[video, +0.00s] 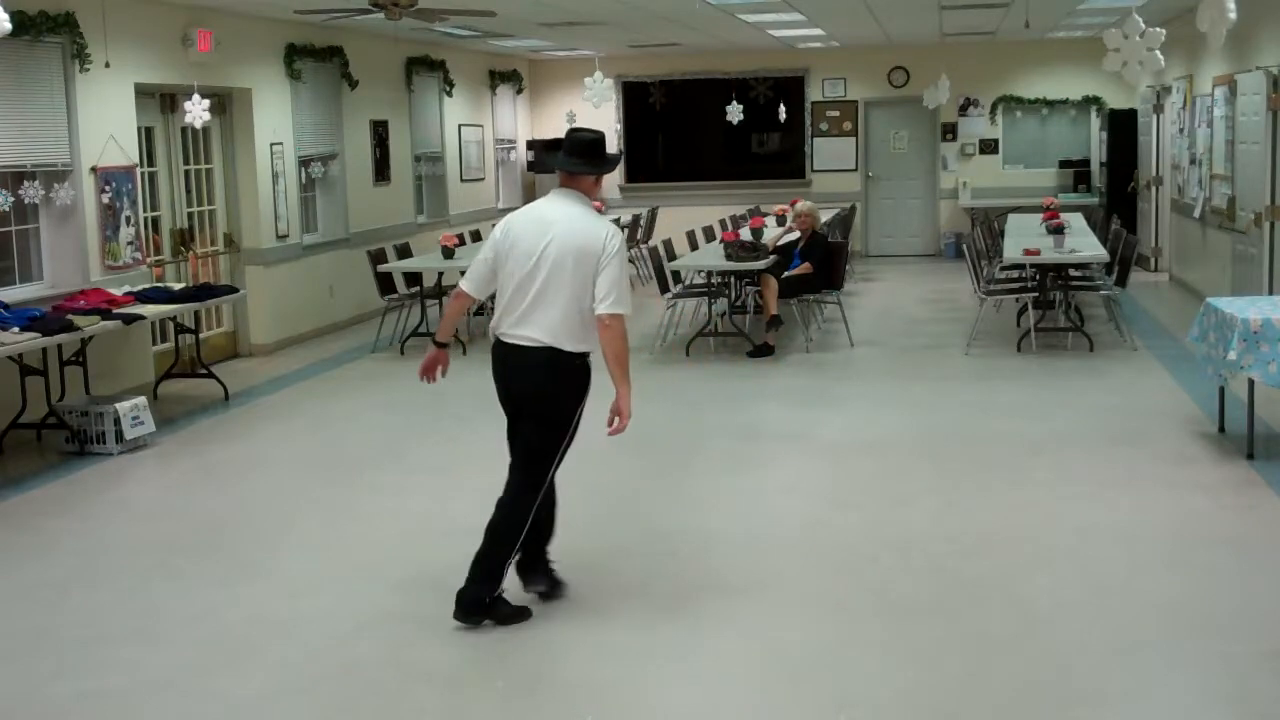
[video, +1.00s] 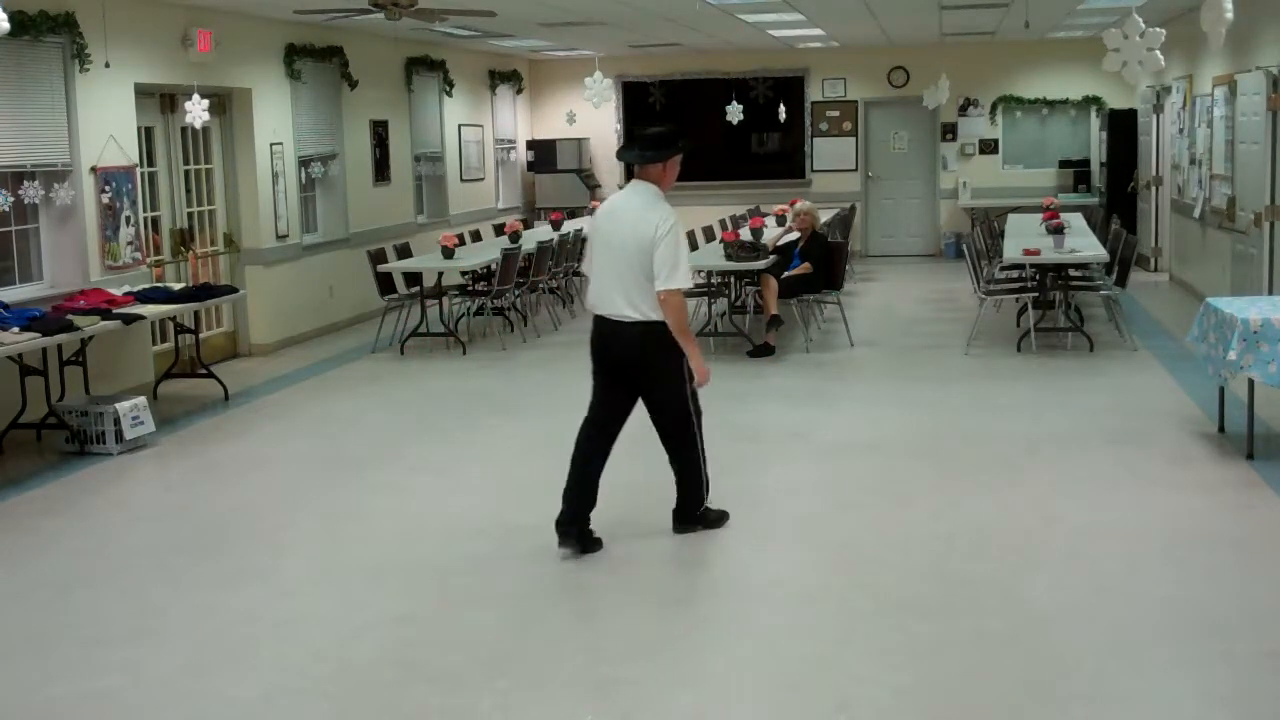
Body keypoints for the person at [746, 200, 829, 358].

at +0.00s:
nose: (802, 220)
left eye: (806, 216)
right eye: (798, 216)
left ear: (814, 219)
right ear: (795, 220)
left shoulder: (820, 240)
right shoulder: (797, 241)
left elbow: (810, 267)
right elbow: (767, 249)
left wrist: (785, 276)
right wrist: (784, 230)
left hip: (809, 278)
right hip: (790, 274)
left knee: (768, 291)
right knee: (765, 276)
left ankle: (769, 343)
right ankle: (773, 315)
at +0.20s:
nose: (802, 220)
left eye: (806, 216)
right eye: (798, 217)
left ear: (814, 219)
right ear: (795, 221)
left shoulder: (820, 240)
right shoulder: (796, 242)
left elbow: (809, 267)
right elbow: (767, 249)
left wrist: (785, 276)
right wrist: (785, 230)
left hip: (809, 279)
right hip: (790, 275)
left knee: (769, 291)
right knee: (765, 275)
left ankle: (769, 343)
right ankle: (773, 315)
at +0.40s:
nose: (801, 220)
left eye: (805, 216)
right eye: (798, 217)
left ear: (813, 219)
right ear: (794, 221)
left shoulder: (820, 240)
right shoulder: (796, 242)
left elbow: (809, 267)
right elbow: (767, 249)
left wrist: (785, 276)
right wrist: (784, 230)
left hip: (809, 279)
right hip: (790, 275)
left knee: (768, 291)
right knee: (765, 275)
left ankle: (769, 343)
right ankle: (773, 315)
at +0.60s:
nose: (801, 220)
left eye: (805, 216)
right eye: (798, 217)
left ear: (814, 219)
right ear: (794, 221)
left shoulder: (820, 240)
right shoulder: (796, 242)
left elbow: (809, 267)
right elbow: (767, 249)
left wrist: (785, 276)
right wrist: (785, 230)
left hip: (809, 279)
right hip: (790, 275)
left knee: (768, 291)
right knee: (765, 275)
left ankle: (769, 343)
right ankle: (773, 315)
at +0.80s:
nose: (801, 220)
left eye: (805, 216)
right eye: (798, 217)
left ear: (813, 219)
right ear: (794, 221)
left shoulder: (820, 240)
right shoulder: (796, 241)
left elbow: (809, 267)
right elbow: (767, 249)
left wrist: (785, 276)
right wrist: (784, 230)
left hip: (809, 279)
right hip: (790, 275)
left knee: (768, 291)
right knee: (765, 275)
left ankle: (769, 343)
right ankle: (773, 315)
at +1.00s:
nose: (801, 218)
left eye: (805, 215)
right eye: (798, 215)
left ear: (813, 219)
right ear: (795, 220)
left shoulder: (820, 240)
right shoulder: (796, 242)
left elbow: (809, 267)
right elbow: (767, 249)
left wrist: (785, 276)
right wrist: (784, 231)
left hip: (809, 279)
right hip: (790, 275)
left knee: (768, 292)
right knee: (765, 275)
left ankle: (769, 343)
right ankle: (774, 315)